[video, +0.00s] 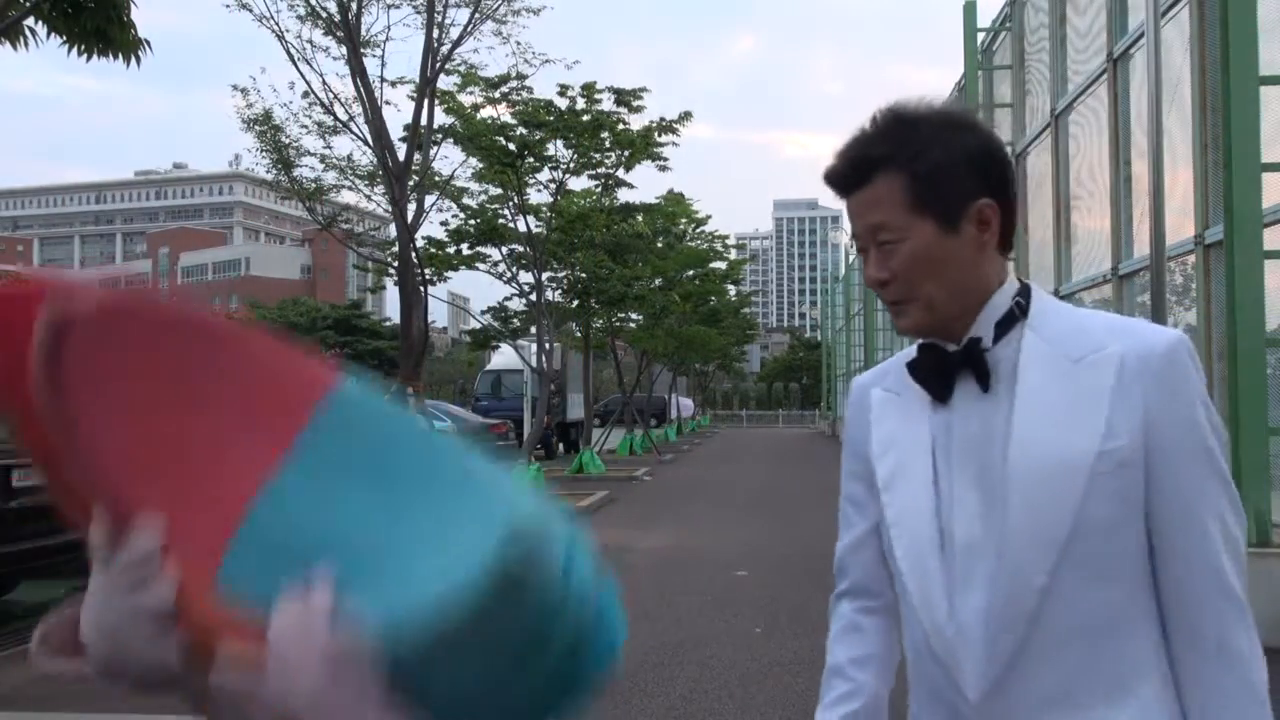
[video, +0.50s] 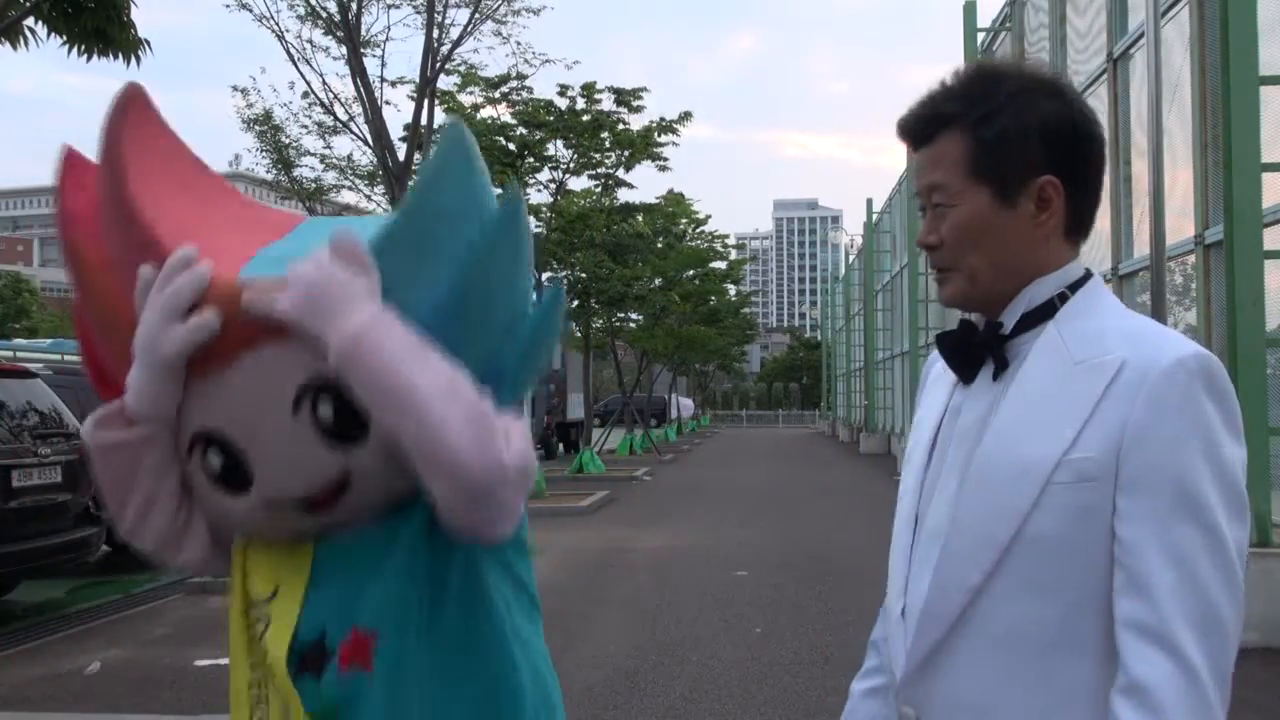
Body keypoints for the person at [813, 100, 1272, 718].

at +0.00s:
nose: (872, 274)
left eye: (888, 243)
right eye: (864, 250)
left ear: (983, 225)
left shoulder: (1143, 366)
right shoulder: (874, 401)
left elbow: (1209, 613)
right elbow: (862, 607)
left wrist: (1232, 712)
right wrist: (843, 710)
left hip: (1119, 705)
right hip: (946, 706)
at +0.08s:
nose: (879, 271)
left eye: (891, 240)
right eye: (871, 248)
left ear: (987, 221)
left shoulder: (1143, 368)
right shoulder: (889, 396)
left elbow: (1211, 630)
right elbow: (874, 602)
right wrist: (842, 711)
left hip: (1105, 708)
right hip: (939, 708)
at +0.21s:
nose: (891, 260)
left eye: (904, 228)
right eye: (883, 236)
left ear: (1001, 214)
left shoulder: (1147, 370)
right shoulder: (905, 389)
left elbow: (1205, 646)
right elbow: (884, 599)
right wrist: (848, 710)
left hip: (1089, 707)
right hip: (921, 707)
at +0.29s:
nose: (904, 249)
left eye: (918, 217)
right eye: (901, 224)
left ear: (1019, 209)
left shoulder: (1154, 372)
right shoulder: (922, 380)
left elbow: (1198, 661)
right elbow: (892, 608)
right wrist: (853, 711)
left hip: (1075, 707)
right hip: (918, 706)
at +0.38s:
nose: (913, 243)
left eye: (927, 212)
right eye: (910, 218)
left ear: (1031, 205)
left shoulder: (1159, 374)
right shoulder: (932, 374)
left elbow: (1190, 670)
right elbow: (896, 614)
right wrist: (856, 711)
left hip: (1064, 706)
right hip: (911, 704)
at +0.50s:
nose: (924, 237)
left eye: (939, 206)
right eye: (923, 210)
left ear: (1043, 202)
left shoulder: (1163, 378)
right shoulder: (948, 368)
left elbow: (1173, 685)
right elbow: (902, 614)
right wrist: (866, 710)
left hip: (1049, 708)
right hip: (907, 704)